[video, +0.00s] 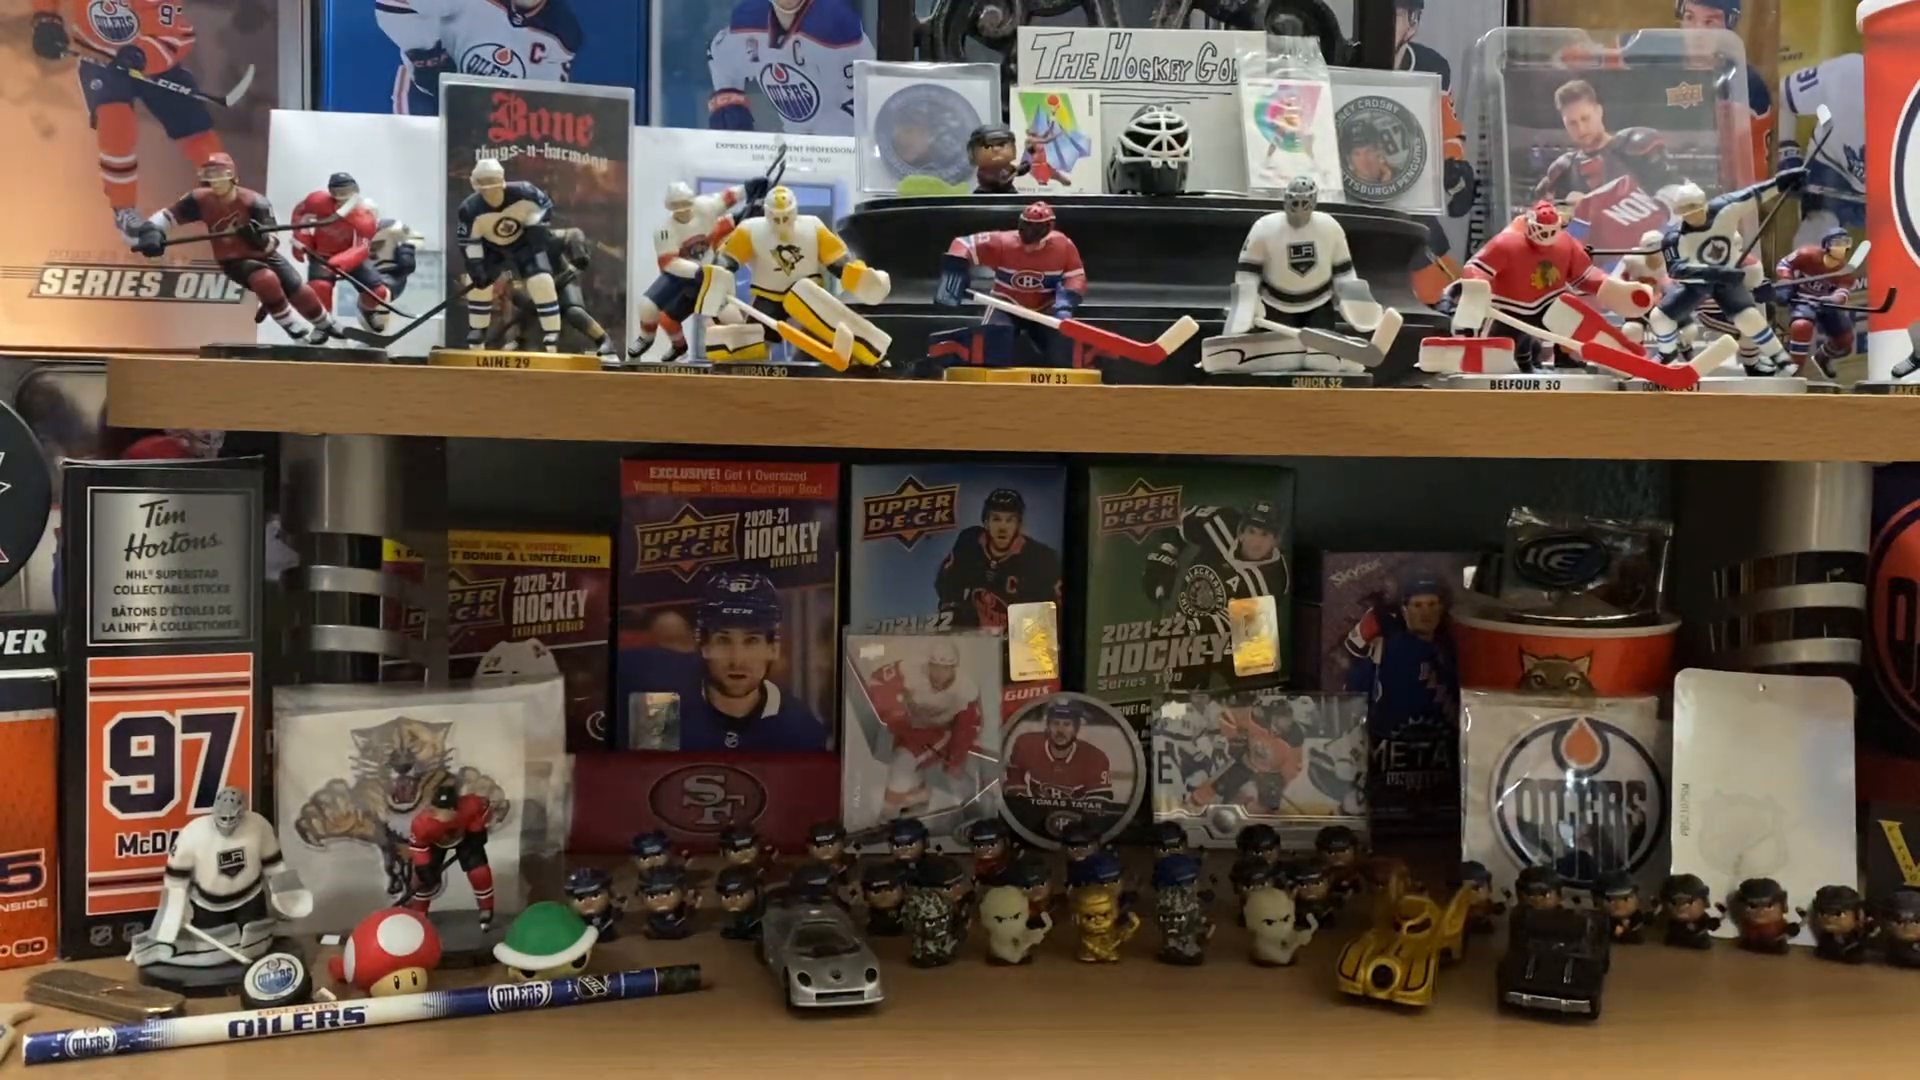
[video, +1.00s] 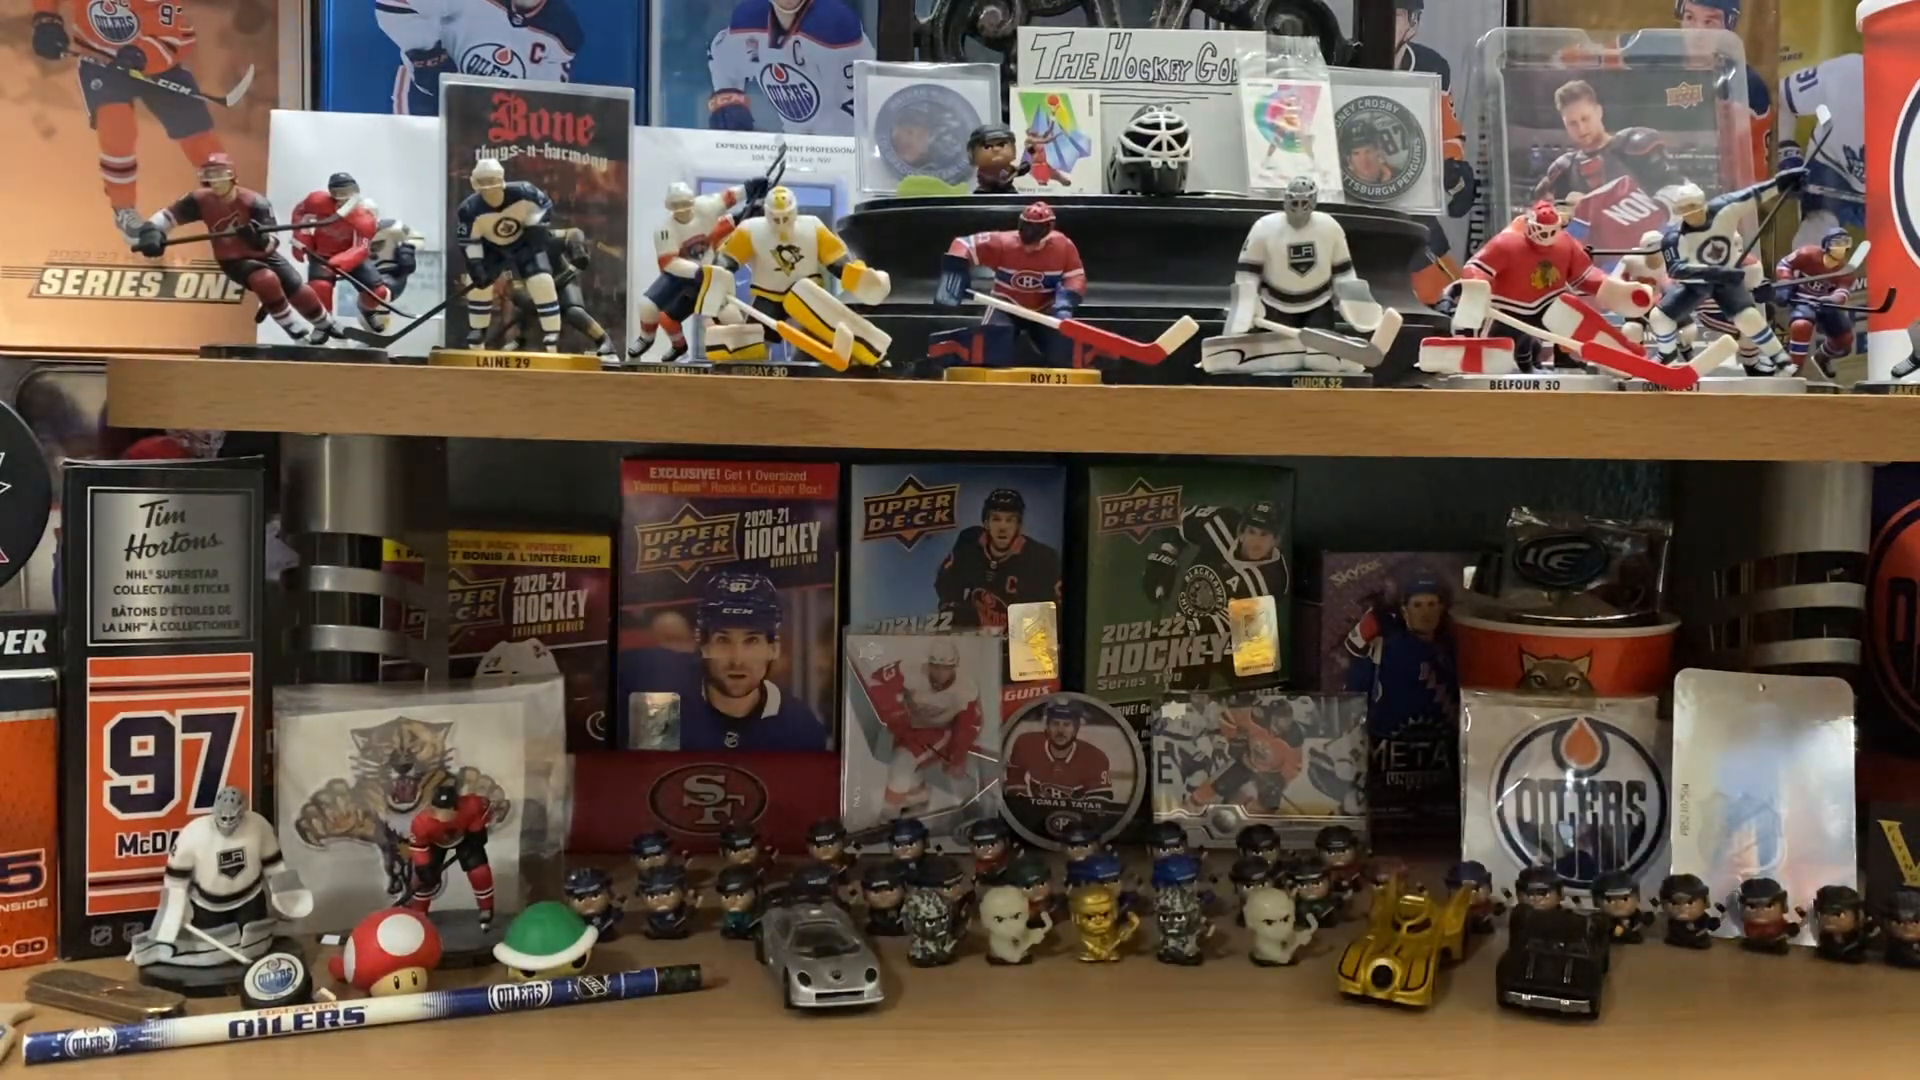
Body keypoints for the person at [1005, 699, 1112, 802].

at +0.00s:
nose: (1060, 730)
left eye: (1066, 724)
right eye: (1055, 724)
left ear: (1076, 728)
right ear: (1047, 726)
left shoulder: (1095, 758)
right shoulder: (1025, 745)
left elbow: (1099, 801)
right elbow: (1014, 784)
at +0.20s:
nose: (1060, 730)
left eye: (1066, 724)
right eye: (1055, 724)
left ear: (1076, 729)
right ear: (1047, 727)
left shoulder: (1094, 757)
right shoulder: (1025, 745)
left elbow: (1099, 800)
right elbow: (1014, 785)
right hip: (1033, 812)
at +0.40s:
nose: (1060, 730)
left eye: (1066, 724)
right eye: (1055, 724)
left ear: (1076, 729)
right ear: (1047, 727)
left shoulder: (1094, 758)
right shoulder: (1025, 744)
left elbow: (1099, 800)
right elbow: (1014, 784)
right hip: (1033, 813)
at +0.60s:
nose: (1060, 730)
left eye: (1066, 724)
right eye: (1055, 724)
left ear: (1076, 729)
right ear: (1047, 728)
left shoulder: (1094, 757)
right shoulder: (1025, 744)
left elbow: (1100, 800)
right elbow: (1014, 785)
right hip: (1033, 814)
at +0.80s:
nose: (1060, 730)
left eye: (1066, 724)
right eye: (1055, 724)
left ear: (1076, 729)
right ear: (1047, 727)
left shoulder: (1095, 757)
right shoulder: (1026, 744)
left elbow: (1099, 801)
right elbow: (1015, 788)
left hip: (1074, 820)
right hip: (1033, 814)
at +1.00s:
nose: (1060, 730)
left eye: (1066, 724)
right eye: (1055, 724)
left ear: (1076, 728)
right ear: (1047, 727)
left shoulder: (1095, 758)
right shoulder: (1025, 744)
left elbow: (1099, 801)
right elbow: (1014, 785)